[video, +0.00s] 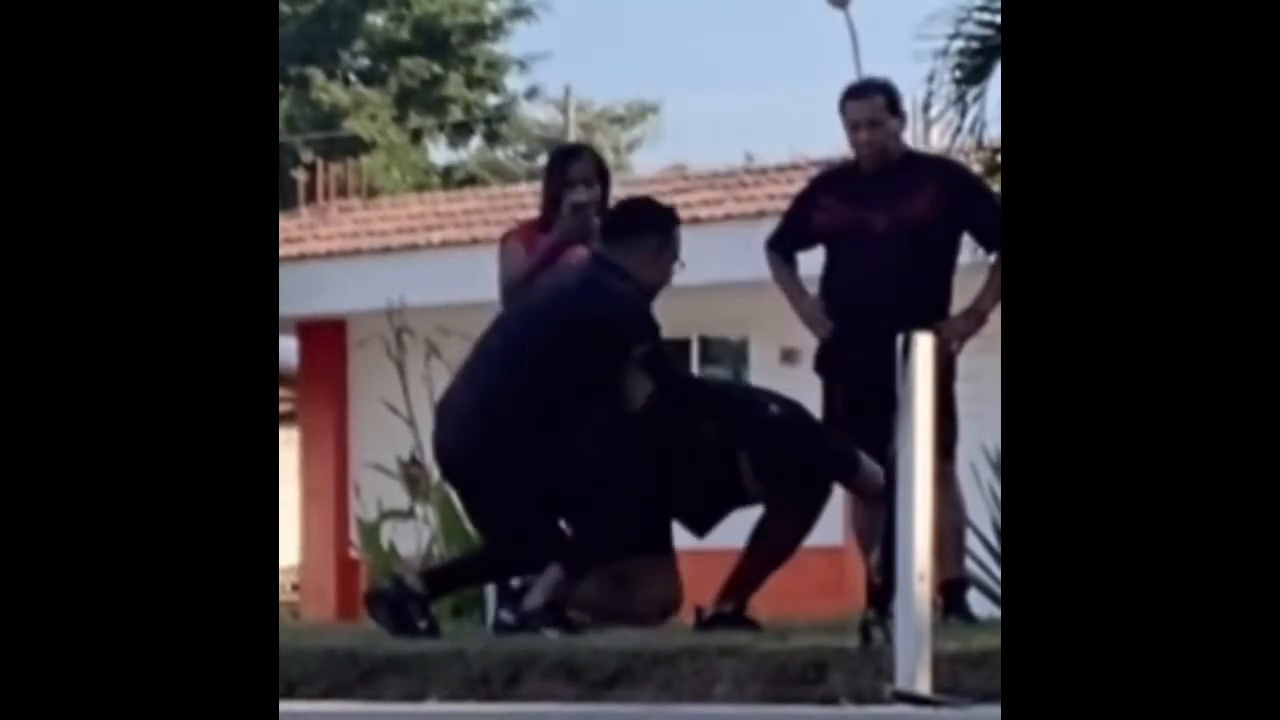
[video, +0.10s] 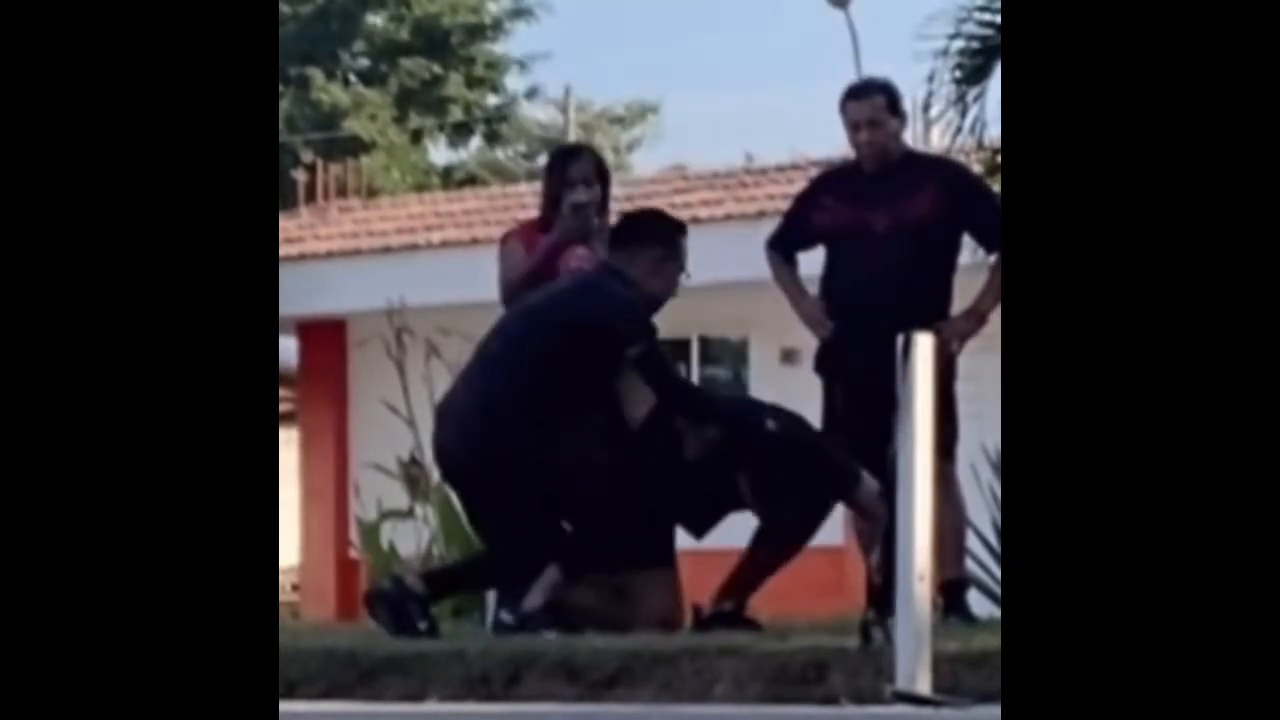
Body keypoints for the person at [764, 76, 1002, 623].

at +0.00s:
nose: (863, 137)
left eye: (873, 125)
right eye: (853, 127)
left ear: (899, 123)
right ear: (843, 131)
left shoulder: (944, 180)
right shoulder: (830, 188)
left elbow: (1002, 246)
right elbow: (778, 251)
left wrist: (972, 317)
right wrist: (814, 319)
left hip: (922, 350)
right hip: (850, 349)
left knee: (933, 473)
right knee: (864, 479)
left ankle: (952, 591)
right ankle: (878, 596)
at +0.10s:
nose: (863, 138)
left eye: (874, 125)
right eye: (853, 127)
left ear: (900, 123)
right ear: (844, 131)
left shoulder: (944, 180)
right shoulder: (831, 188)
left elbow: (1001, 246)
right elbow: (778, 252)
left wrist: (973, 318)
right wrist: (815, 319)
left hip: (923, 350)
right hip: (850, 350)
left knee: (933, 472)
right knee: (861, 480)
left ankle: (952, 592)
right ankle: (879, 597)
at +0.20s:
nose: (864, 138)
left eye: (875, 125)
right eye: (854, 128)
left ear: (900, 123)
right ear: (844, 131)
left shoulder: (945, 180)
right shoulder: (831, 188)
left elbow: (1002, 247)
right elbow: (778, 252)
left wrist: (973, 318)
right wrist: (815, 319)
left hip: (923, 351)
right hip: (850, 350)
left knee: (933, 473)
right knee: (860, 481)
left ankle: (952, 592)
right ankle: (880, 597)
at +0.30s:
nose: (866, 138)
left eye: (876, 125)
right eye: (856, 127)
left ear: (901, 123)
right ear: (845, 131)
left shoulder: (946, 181)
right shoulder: (831, 188)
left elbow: (1002, 247)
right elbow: (779, 251)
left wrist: (973, 319)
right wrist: (815, 318)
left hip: (923, 352)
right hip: (851, 351)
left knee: (933, 474)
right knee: (861, 482)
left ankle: (952, 593)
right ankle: (878, 599)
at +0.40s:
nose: (867, 138)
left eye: (877, 126)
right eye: (857, 127)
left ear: (902, 123)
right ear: (846, 130)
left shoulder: (947, 181)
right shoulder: (832, 187)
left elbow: (1003, 247)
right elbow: (779, 250)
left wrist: (974, 318)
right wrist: (813, 315)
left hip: (924, 351)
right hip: (852, 351)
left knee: (934, 474)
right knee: (867, 484)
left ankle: (952, 594)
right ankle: (879, 602)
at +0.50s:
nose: (867, 138)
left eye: (878, 126)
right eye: (857, 128)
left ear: (903, 123)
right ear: (847, 131)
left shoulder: (948, 181)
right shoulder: (833, 187)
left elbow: (1003, 248)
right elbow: (779, 250)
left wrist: (974, 319)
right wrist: (813, 314)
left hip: (925, 351)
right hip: (853, 351)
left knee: (935, 474)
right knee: (866, 482)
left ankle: (952, 594)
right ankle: (878, 600)